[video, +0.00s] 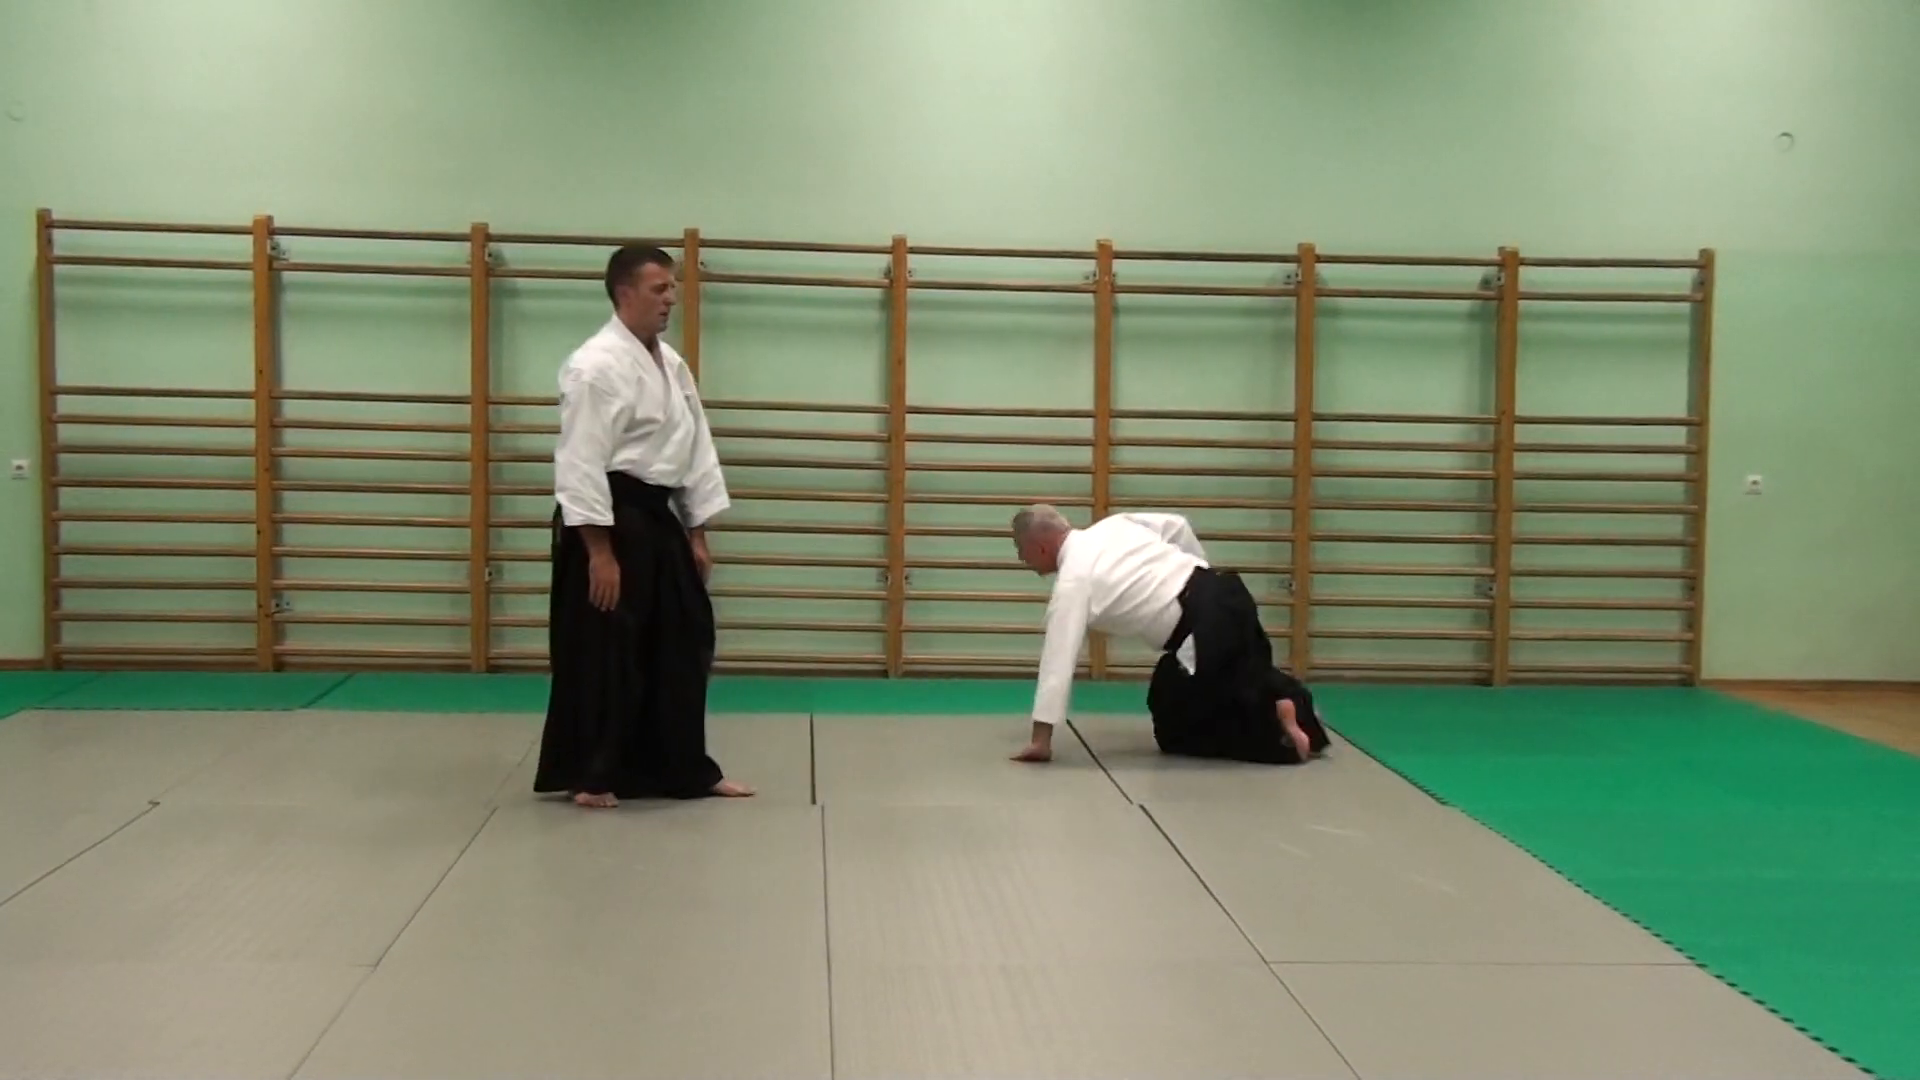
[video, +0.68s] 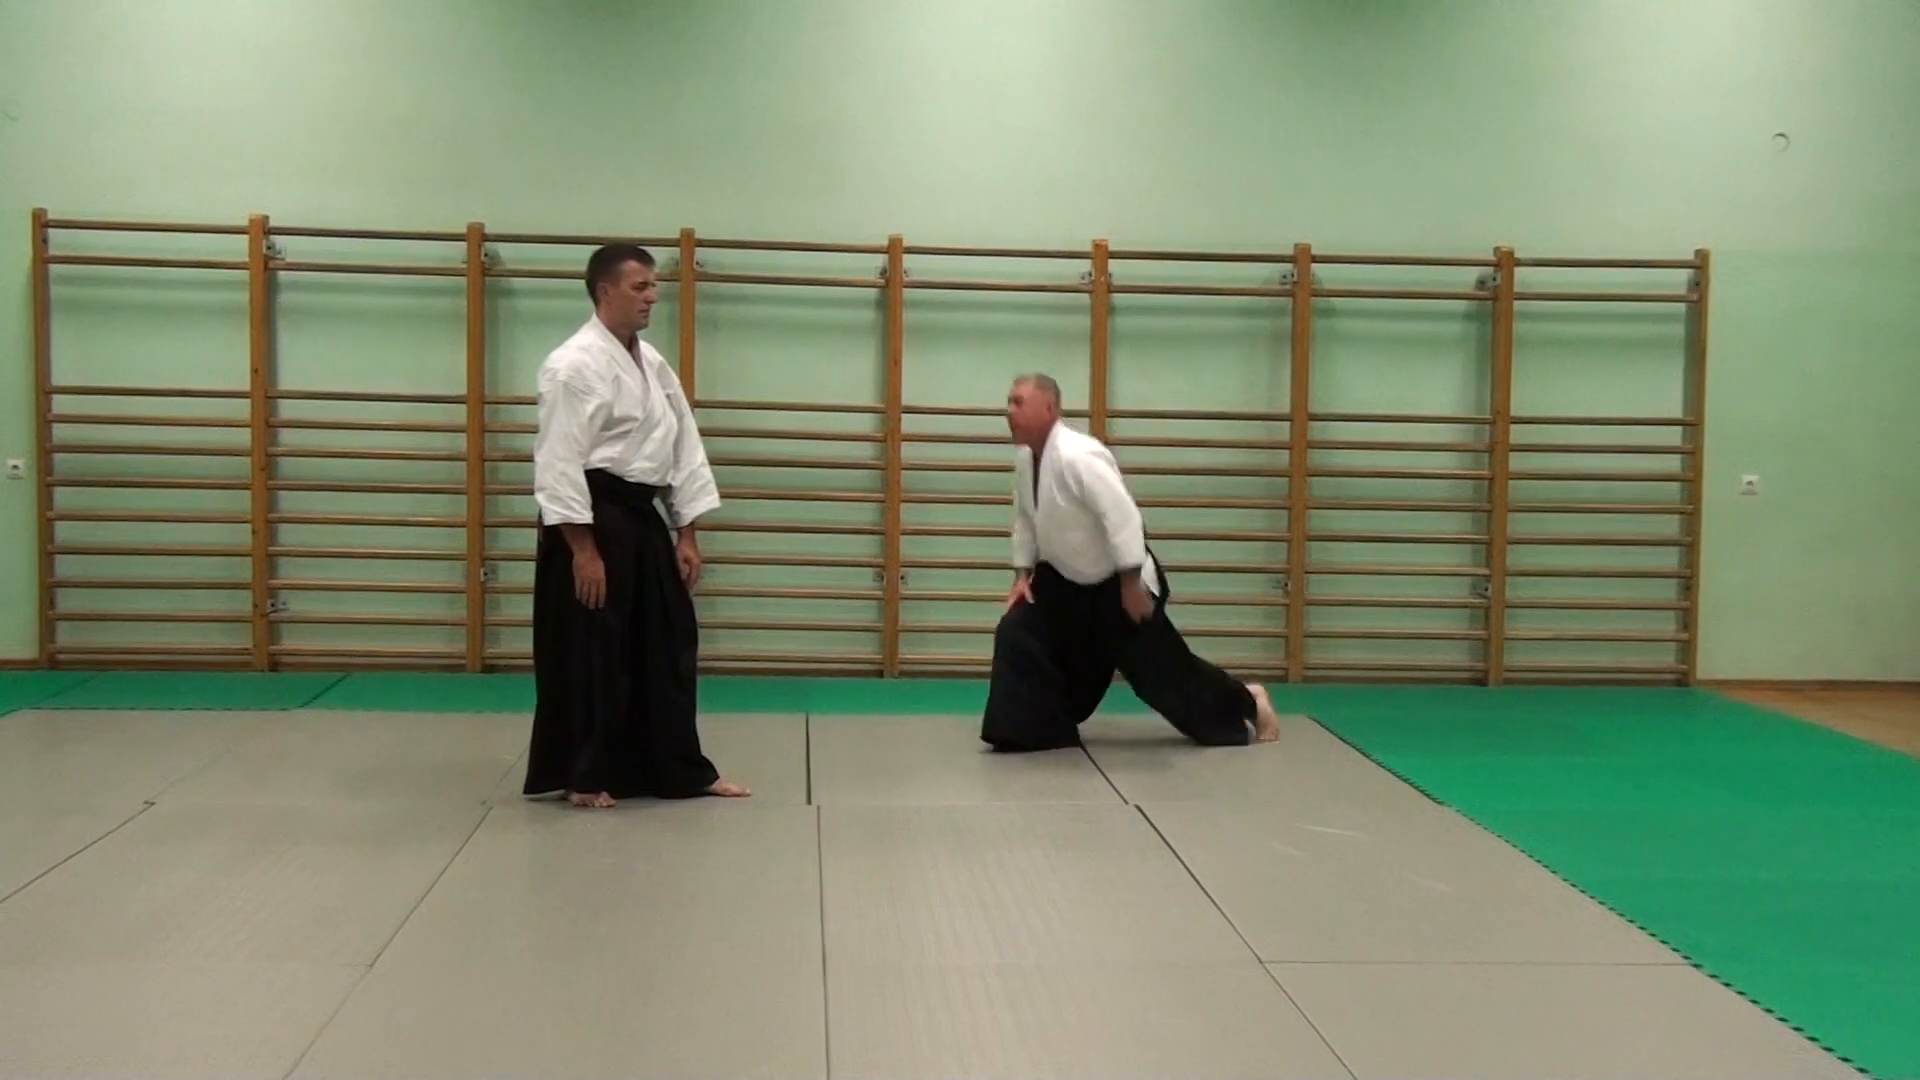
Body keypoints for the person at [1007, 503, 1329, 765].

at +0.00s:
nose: (1032, 568)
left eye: (1028, 560)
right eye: (1027, 562)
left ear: (1042, 545)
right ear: (1060, 528)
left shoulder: (1074, 575)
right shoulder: (1116, 524)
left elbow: (1058, 658)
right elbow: (1176, 526)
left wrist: (1041, 740)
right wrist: (1203, 580)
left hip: (1198, 631)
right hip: (1227, 596)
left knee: (1175, 735)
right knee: (1257, 677)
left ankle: (1269, 729)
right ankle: (1298, 710)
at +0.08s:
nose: (1031, 551)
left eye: (1029, 543)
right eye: (1028, 544)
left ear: (1049, 536)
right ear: (1065, 522)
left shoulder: (1079, 571)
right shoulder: (1120, 514)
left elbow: (1063, 651)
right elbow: (1180, 514)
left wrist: (1043, 729)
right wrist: (1197, 573)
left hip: (1201, 633)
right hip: (1224, 590)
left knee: (1175, 734)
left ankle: (1279, 741)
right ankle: (1275, 707)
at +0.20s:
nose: (1035, 526)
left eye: (1037, 516)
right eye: (1033, 517)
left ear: (1062, 510)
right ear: (1068, 504)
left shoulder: (1089, 549)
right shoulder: (1123, 502)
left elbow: (1070, 629)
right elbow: (1177, 509)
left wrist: (1048, 704)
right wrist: (1150, 562)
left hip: (1205, 628)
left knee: (1175, 734)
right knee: (1110, 631)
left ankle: (1278, 717)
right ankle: (1121, 718)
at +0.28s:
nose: (1035, 506)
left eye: (1039, 497)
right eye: (1036, 497)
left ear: (1067, 496)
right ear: (1074, 492)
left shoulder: (1094, 539)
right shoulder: (1125, 496)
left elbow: (1077, 618)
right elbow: (1164, 512)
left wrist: (1060, 685)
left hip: (1194, 628)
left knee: (1176, 734)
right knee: (1101, 652)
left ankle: (1262, 702)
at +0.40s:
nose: (1038, 485)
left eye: (1044, 475)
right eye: (1038, 476)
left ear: (1075, 475)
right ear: (1074, 474)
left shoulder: (1100, 520)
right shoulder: (1086, 510)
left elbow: (1105, 597)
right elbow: (1088, 583)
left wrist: (1086, 659)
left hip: (1172, 626)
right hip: (1133, 619)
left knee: (1176, 732)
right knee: (1056, 611)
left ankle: (1254, 701)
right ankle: (1052, 722)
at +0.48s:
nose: (1034, 467)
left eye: (1041, 458)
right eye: (1034, 459)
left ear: (1073, 460)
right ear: (1067, 459)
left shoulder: (1098, 506)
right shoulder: (1075, 497)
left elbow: (1125, 576)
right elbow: (1085, 548)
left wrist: (1110, 640)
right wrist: (1065, 583)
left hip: (1153, 614)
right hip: (1111, 605)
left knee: (1177, 726)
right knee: (1036, 625)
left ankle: (1253, 700)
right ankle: (1041, 726)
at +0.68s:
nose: (1008, 411)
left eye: (1018, 402)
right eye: (1009, 402)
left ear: (1050, 410)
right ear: (1035, 411)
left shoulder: (1081, 456)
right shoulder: (1026, 458)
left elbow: (1121, 513)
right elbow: (1024, 518)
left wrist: (1132, 580)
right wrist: (1023, 573)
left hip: (1111, 582)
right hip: (1061, 581)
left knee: (1164, 671)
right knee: (1016, 633)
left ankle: (1248, 700)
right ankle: (1035, 727)